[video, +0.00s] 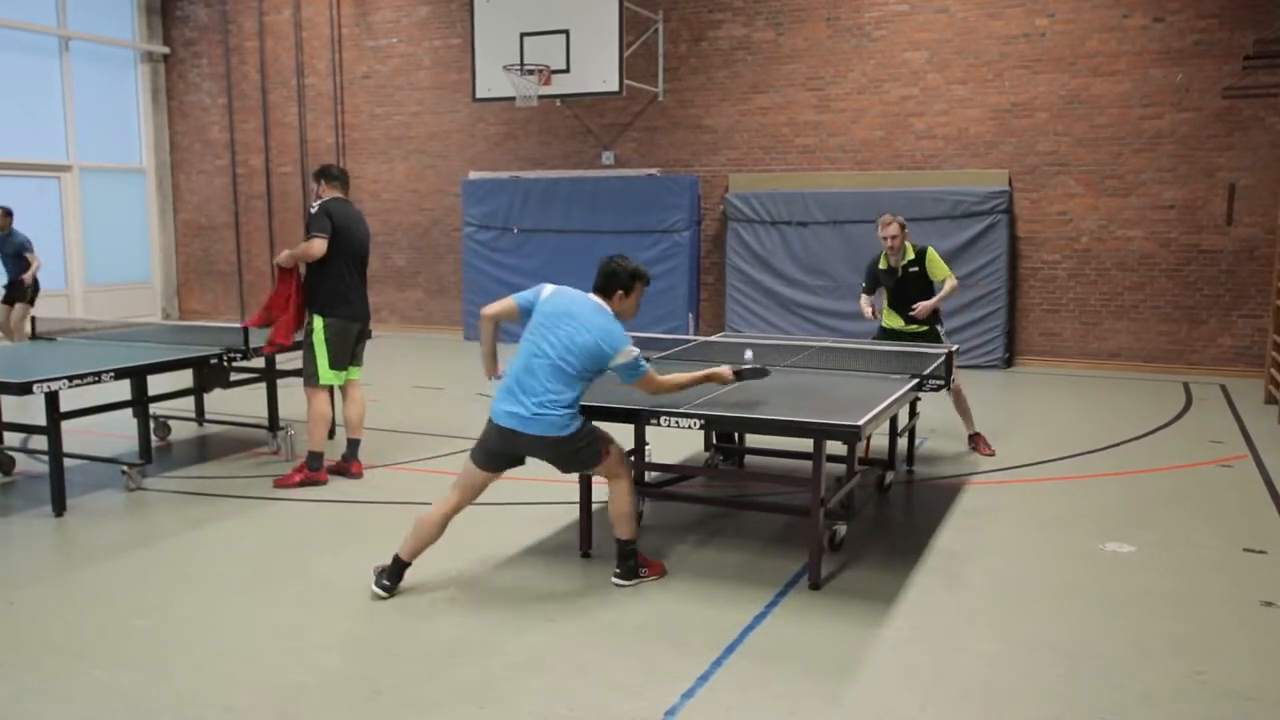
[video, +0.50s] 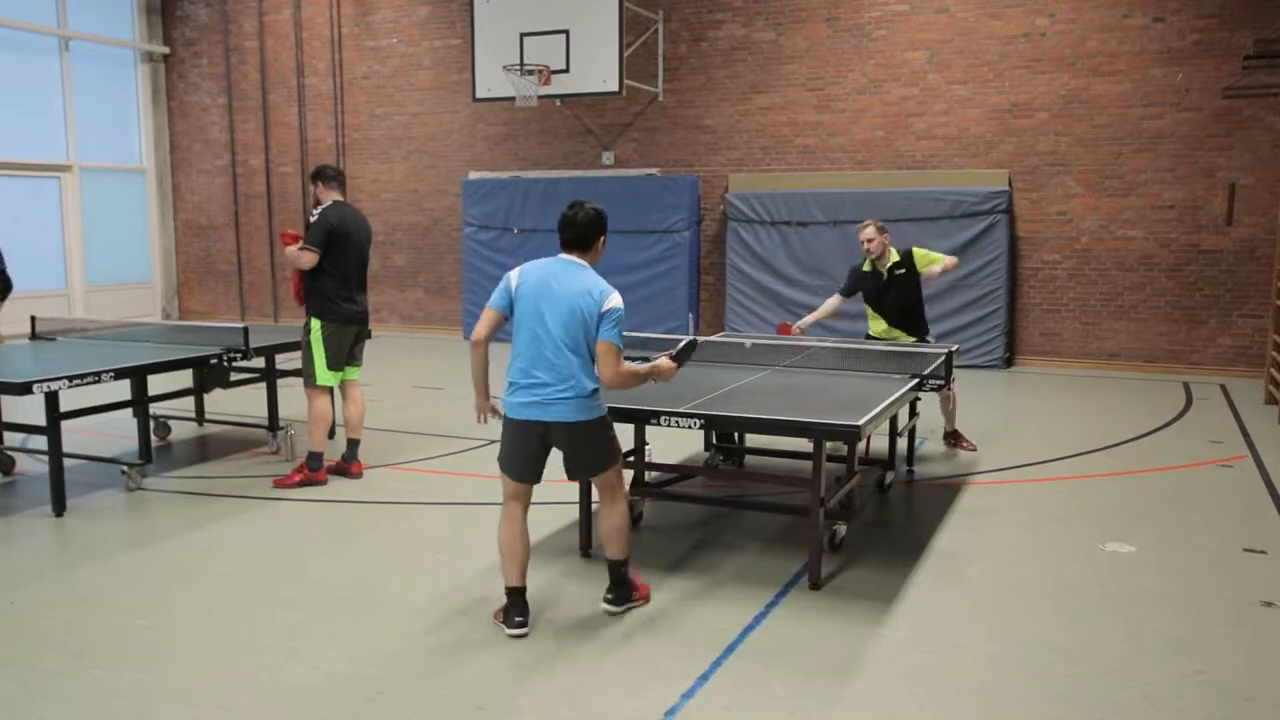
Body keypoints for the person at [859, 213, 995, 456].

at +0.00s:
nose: (890, 243)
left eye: (894, 238)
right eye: (885, 239)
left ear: (905, 236)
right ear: (880, 239)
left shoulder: (924, 254)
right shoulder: (876, 265)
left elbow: (951, 282)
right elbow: (866, 294)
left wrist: (932, 303)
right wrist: (866, 307)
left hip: (927, 331)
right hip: (891, 331)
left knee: (953, 383)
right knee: (869, 381)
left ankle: (973, 434)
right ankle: (864, 441)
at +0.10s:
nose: (882, 240)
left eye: (886, 234)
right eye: (877, 236)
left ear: (897, 232)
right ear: (873, 237)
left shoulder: (917, 249)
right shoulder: (873, 260)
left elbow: (939, 282)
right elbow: (866, 291)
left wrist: (909, 300)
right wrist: (860, 310)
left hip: (924, 328)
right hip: (889, 328)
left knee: (950, 380)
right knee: (863, 374)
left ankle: (971, 430)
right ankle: (861, 432)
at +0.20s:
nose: (875, 251)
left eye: (878, 245)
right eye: (870, 247)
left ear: (889, 243)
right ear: (865, 249)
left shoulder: (906, 262)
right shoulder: (869, 271)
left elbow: (909, 295)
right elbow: (867, 306)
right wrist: (853, 325)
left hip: (923, 338)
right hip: (888, 336)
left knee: (951, 391)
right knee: (865, 383)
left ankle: (973, 432)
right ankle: (861, 437)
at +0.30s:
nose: (866, 257)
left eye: (870, 251)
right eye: (861, 253)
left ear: (882, 248)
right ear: (858, 255)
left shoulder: (900, 268)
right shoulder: (865, 278)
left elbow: (899, 301)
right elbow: (864, 315)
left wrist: (862, 298)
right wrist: (841, 328)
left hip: (920, 342)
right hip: (886, 341)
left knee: (951, 394)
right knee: (864, 386)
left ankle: (971, 433)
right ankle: (861, 437)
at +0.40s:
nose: (864, 252)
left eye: (868, 246)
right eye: (859, 248)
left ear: (881, 244)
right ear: (856, 250)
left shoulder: (902, 262)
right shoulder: (861, 276)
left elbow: (927, 285)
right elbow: (854, 311)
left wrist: (892, 289)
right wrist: (823, 324)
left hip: (918, 340)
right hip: (882, 339)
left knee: (948, 389)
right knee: (860, 381)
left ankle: (954, 427)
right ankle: (859, 435)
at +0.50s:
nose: (866, 247)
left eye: (870, 241)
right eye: (862, 243)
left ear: (886, 238)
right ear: (861, 245)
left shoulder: (910, 257)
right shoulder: (860, 272)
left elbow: (953, 260)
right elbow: (836, 301)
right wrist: (806, 321)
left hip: (916, 340)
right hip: (878, 341)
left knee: (946, 387)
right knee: (861, 388)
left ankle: (951, 432)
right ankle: (860, 441)